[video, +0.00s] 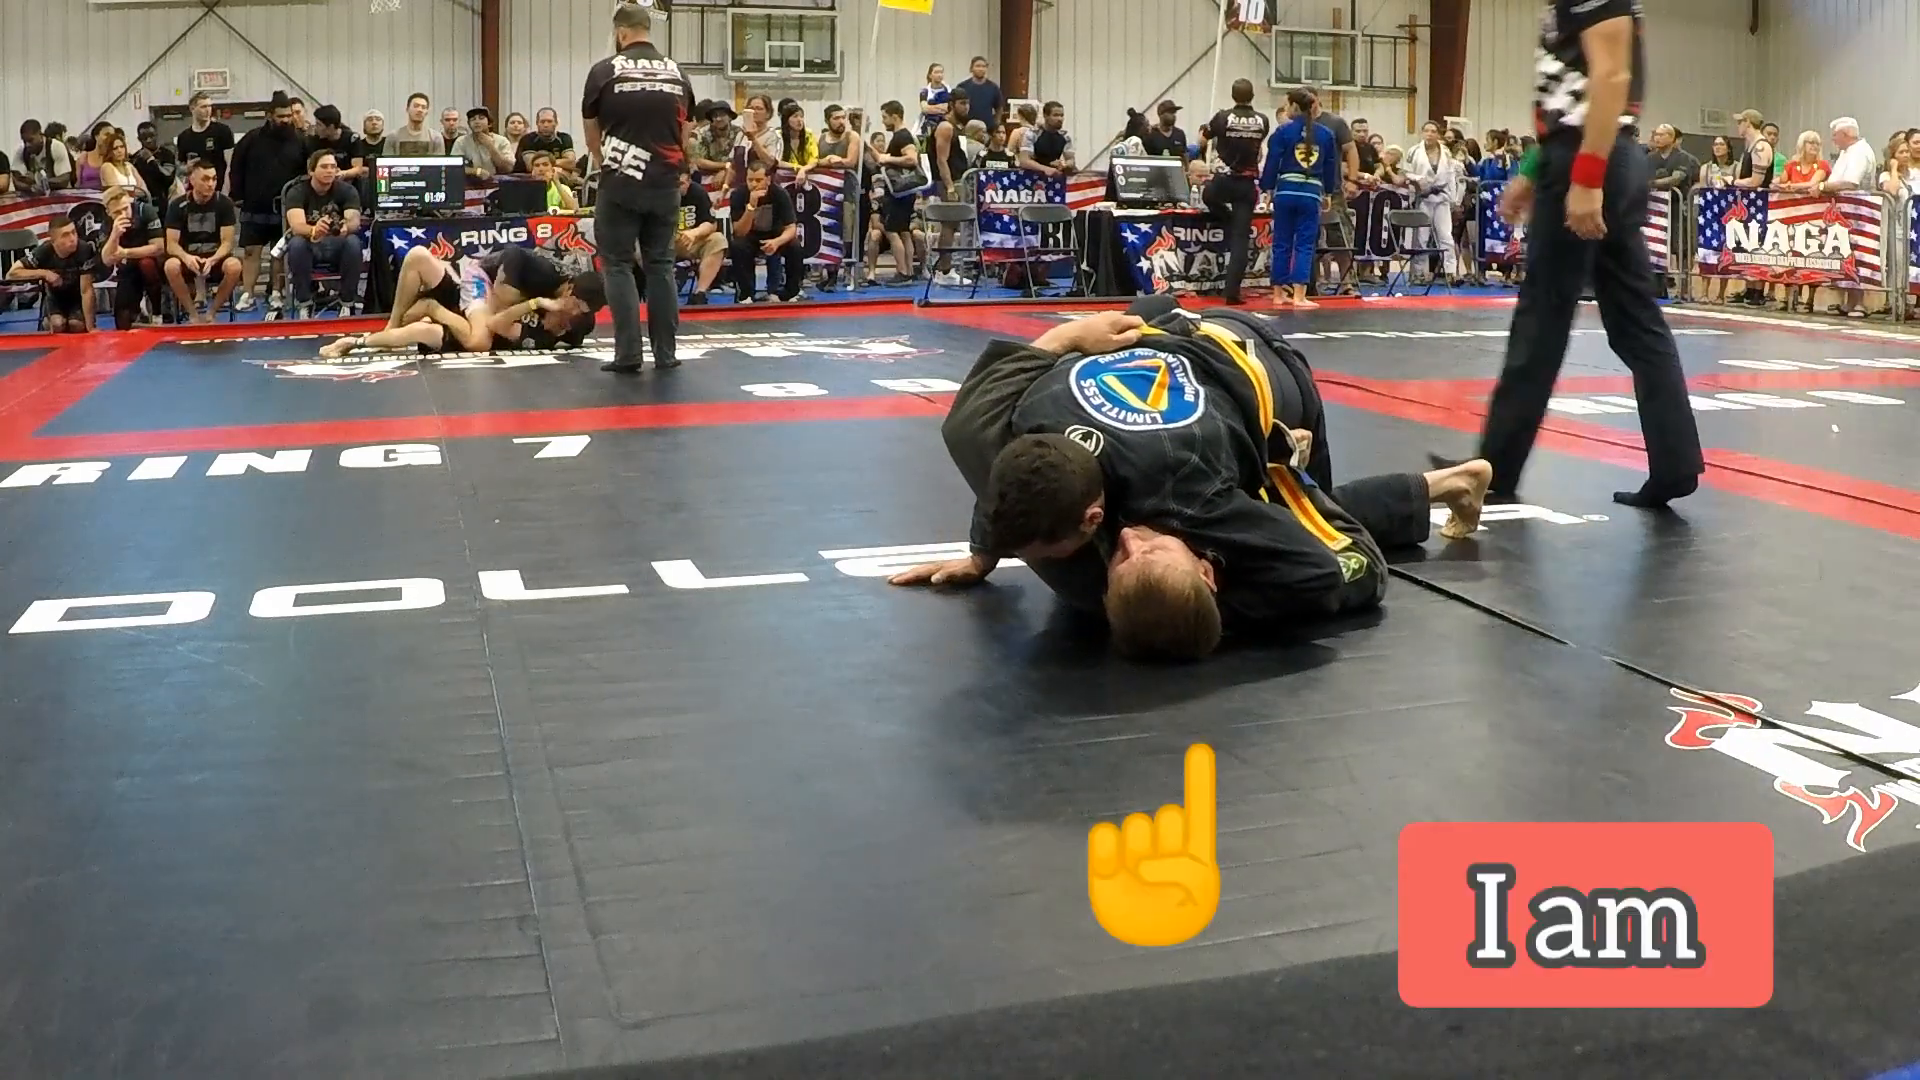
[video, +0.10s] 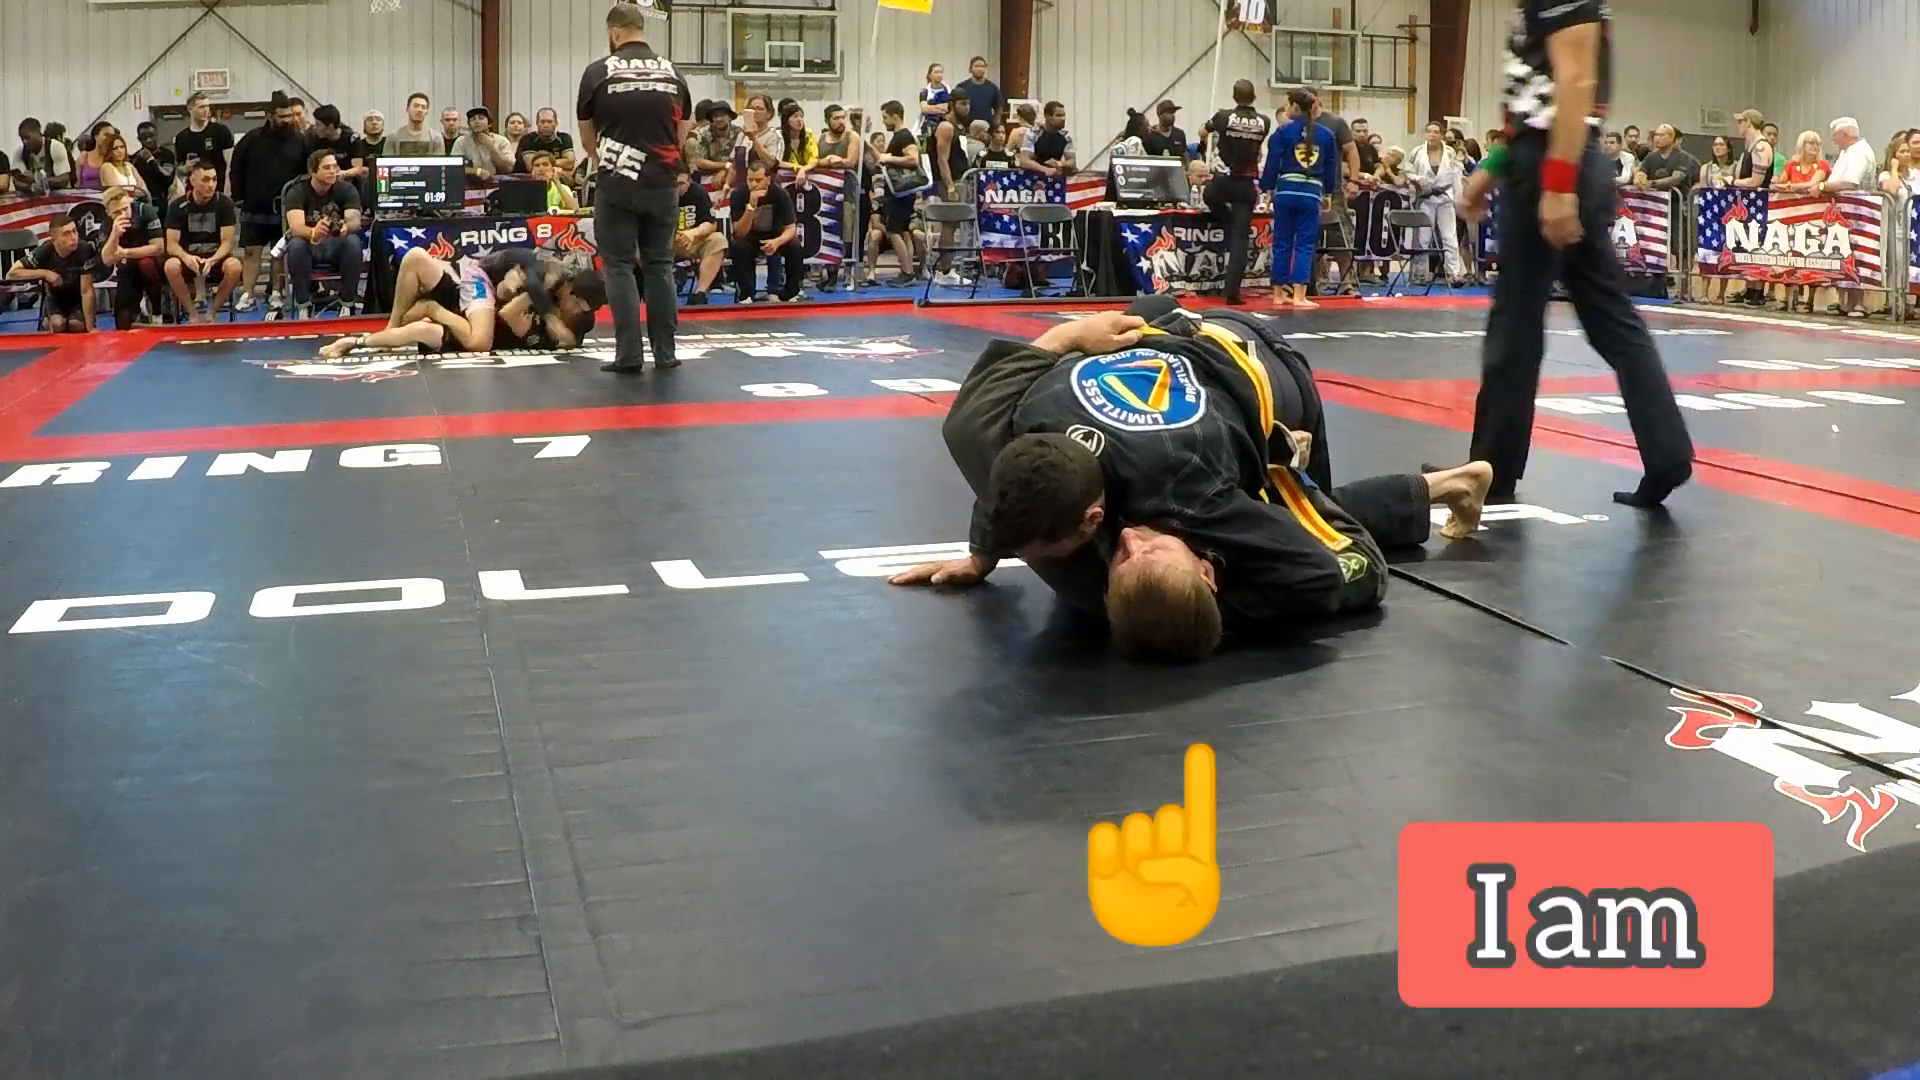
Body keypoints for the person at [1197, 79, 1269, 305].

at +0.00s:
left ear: (1233, 96)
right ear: (1252, 97)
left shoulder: (1222, 117)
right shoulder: (1262, 120)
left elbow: (1207, 134)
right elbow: (1259, 141)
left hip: (1224, 179)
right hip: (1248, 182)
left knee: (1209, 197)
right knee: (1240, 239)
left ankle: (1230, 221)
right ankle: (1232, 293)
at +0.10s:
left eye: (1236, 94)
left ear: (1234, 97)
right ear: (1253, 98)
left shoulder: (1223, 116)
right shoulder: (1264, 121)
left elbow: (1203, 131)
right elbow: (1259, 145)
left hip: (1224, 179)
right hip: (1247, 182)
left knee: (1209, 197)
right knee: (1240, 239)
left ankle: (1231, 223)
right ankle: (1232, 293)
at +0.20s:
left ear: (1237, 97)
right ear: (1256, 99)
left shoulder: (1225, 115)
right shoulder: (1265, 122)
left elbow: (1205, 127)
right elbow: (1258, 141)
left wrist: (1205, 154)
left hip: (1224, 177)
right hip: (1247, 181)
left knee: (1210, 197)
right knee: (1240, 238)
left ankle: (1232, 223)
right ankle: (1231, 293)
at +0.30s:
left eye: (1240, 93)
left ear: (1238, 97)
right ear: (1257, 98)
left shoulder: (1226, 116)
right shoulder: (1265, 122)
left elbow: (1206, 126)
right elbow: (1268, 141)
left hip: (1224, 177)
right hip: (1247, 181)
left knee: (1210, 197)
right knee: (1240, 239)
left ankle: (1231, 222)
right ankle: (1232, 293)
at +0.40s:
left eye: (1239, 93)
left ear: (1237, 97)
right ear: (1257, 98)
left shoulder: (1225, 116)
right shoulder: (1266, 124)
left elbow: (1212, 128)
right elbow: (1265, 142)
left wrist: (1228, 110)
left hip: (1223, 176)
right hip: (1246, 181)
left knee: (1210, 197)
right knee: (1240, 238)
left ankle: (1232, 222)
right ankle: (1231, 293)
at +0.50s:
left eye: (1239, 94)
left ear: (1237, 97)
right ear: (1257, 98)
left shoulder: (1224, 117)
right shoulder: (1265, 125)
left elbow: (1217, 139)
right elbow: (1267, 147)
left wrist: (1224, 110)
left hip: (1224, 176)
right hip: (1247, 181)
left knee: (1210, 198)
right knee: (1241, 238)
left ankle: (1231, 219)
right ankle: (1231, 292)